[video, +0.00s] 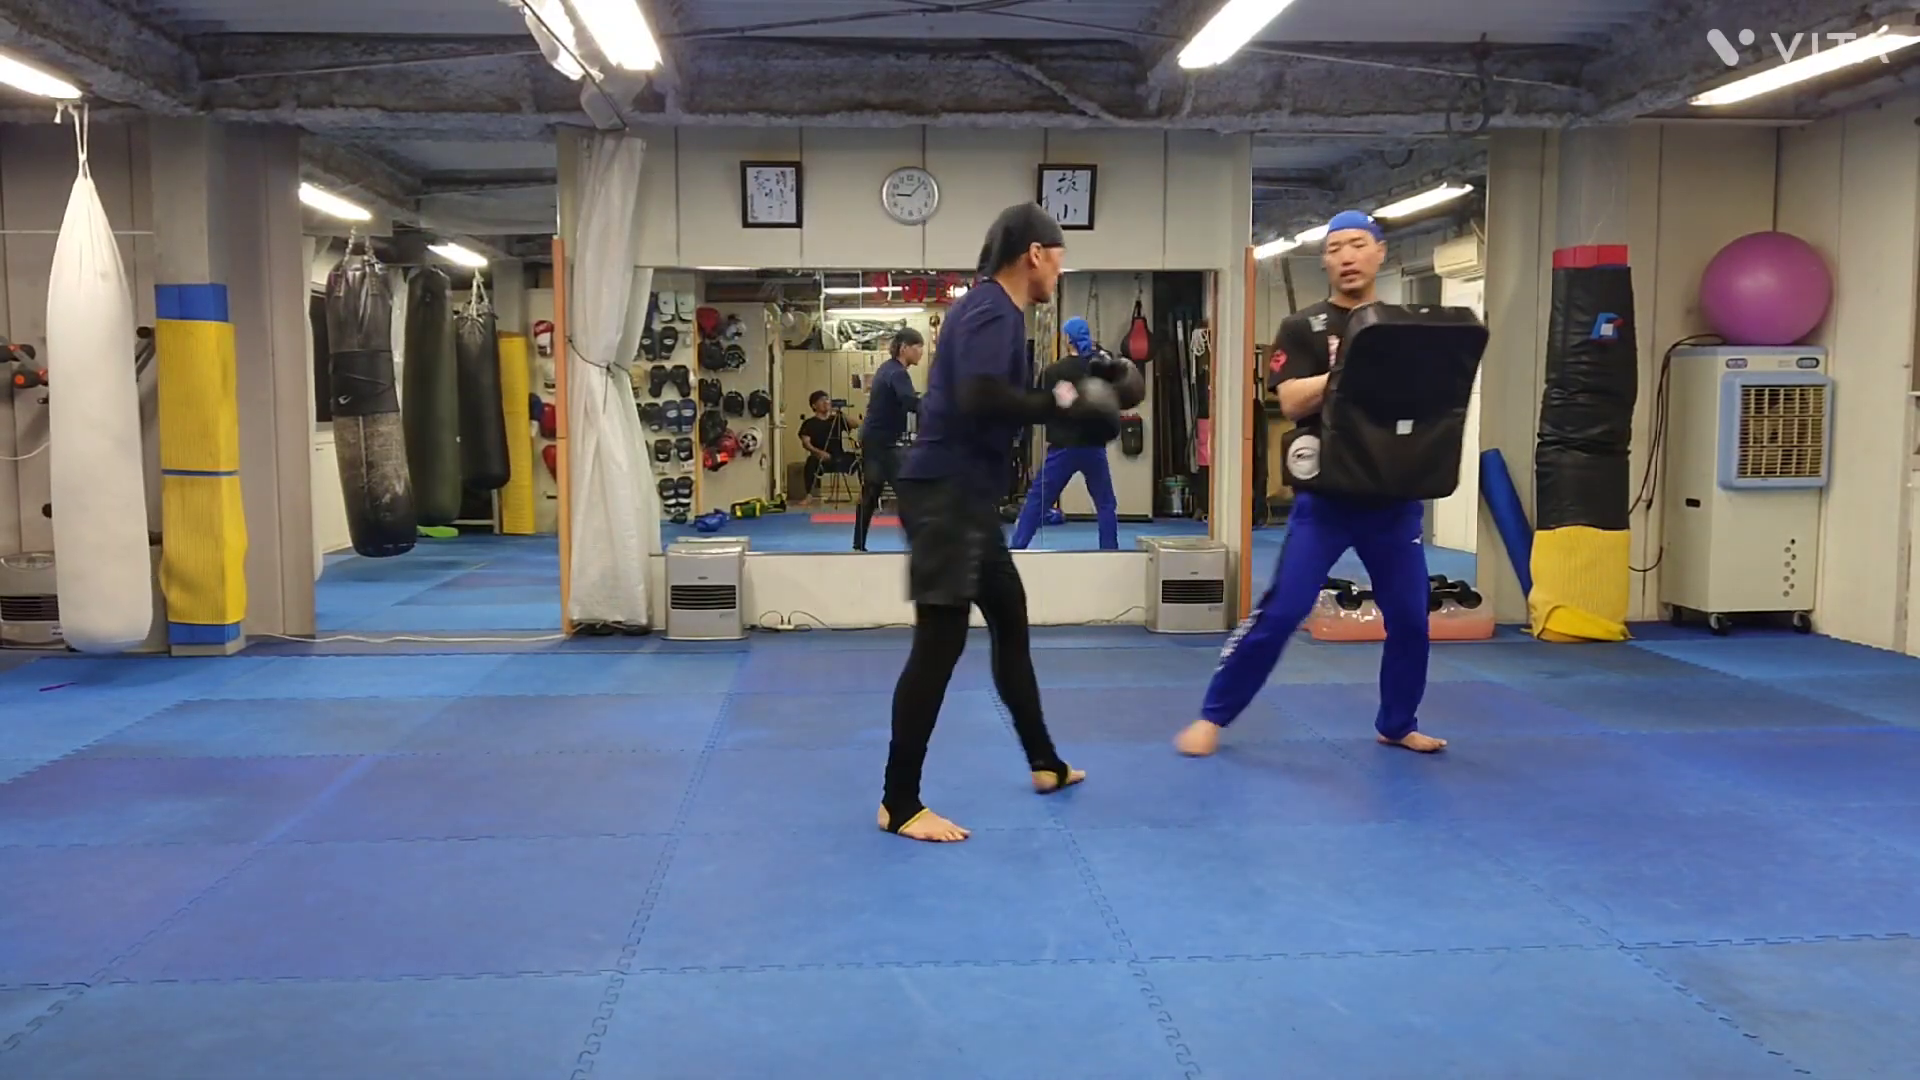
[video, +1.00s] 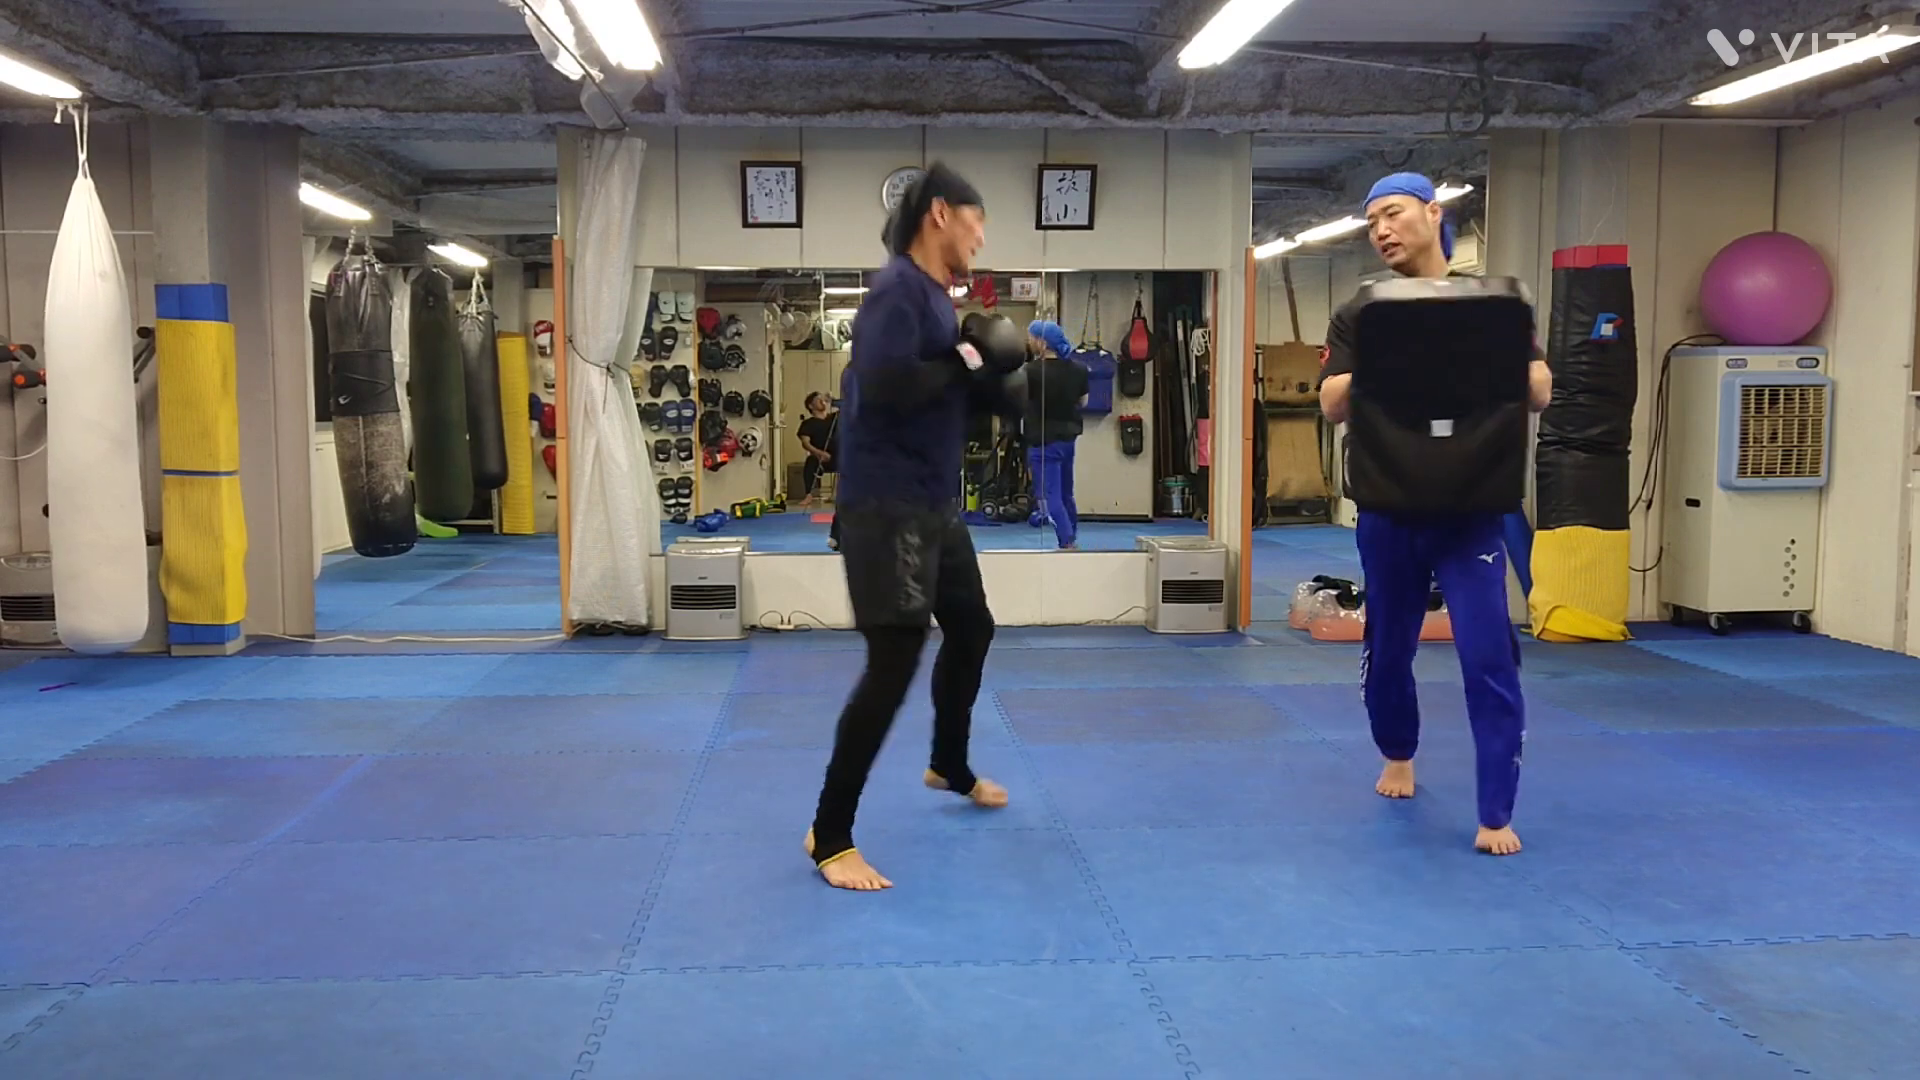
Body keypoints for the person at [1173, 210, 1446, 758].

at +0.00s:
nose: (1347, 255)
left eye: (1358, 244)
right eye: (1335, 248)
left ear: (1381, 254)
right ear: (1325, 263)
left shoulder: (1403, 327)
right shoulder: (1302, 327)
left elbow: (1424, 394)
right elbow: (1292, 403)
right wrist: (1352, 372)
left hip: (1392, 502)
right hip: (1323, 502)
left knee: (1410, 622)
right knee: (1283, 610)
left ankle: (1397, 725)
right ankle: (1212, 717)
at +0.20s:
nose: (1380, 250)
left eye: (1393, 238)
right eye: (1370, 241)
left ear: (1417, 247)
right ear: (1360, 253)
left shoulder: (1439, 320)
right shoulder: (1333, 317)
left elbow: (1460, 391)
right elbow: (1318, 395)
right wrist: (1372, 368)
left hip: (1414, 487)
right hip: (1348, 486)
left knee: (1410, 616)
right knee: (1346, 611)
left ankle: (1396, 722)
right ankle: (1346, 738)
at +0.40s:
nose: (1382, 251)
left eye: (1393, 239)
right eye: (1371, 244)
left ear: (1421, 247)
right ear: (1364, 260)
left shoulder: (1452, 321)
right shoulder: (1342, 326)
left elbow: (1478, 391)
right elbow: (1333, 409)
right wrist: (1393, 377)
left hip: (1433, 491)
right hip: (1366, 493)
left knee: (1424, 621)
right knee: (1386, 622)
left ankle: (1406, 724)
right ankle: (1398, 756)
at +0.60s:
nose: (1375, 239)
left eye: (1385, 224)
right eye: (1363, 232)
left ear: (1413, 228)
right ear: (1354, 248)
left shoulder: (1454, 305)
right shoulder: (1341, 317)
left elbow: (1488, 376)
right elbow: (1340, 400)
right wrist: (1401, 366)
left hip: (1448, 490)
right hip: (1376, 494)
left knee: (1467, 624)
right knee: (1388, 634)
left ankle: (1422, 703)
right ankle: (1399, 762)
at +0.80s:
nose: (1378, 230)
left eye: (1388, 216)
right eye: (1366, 223)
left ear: (1420, 222)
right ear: (1358, 239)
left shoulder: (1459, 298)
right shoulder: (1343, 313)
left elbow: (1496, 374)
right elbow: (1337, 395)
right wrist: (1395, 356)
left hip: (1462, 496)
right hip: (1383, 500)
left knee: (1486, 632)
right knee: (1386, 639)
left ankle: (1482, 770)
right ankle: (1398, 760)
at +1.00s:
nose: (1382, 230)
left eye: (1393, 214)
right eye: (1374, 222)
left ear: (1434, 215)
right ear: (1373, 237)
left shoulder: (1495, 297)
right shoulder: (1359, 310)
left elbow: (1540, 388)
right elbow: (1330, 404)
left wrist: (1482, 367)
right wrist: (1379, 368)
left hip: (1475, 508)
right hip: (1388, 510)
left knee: (1490, 655)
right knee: (1389, 649)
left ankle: (1496, 815)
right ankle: (1396, 754)